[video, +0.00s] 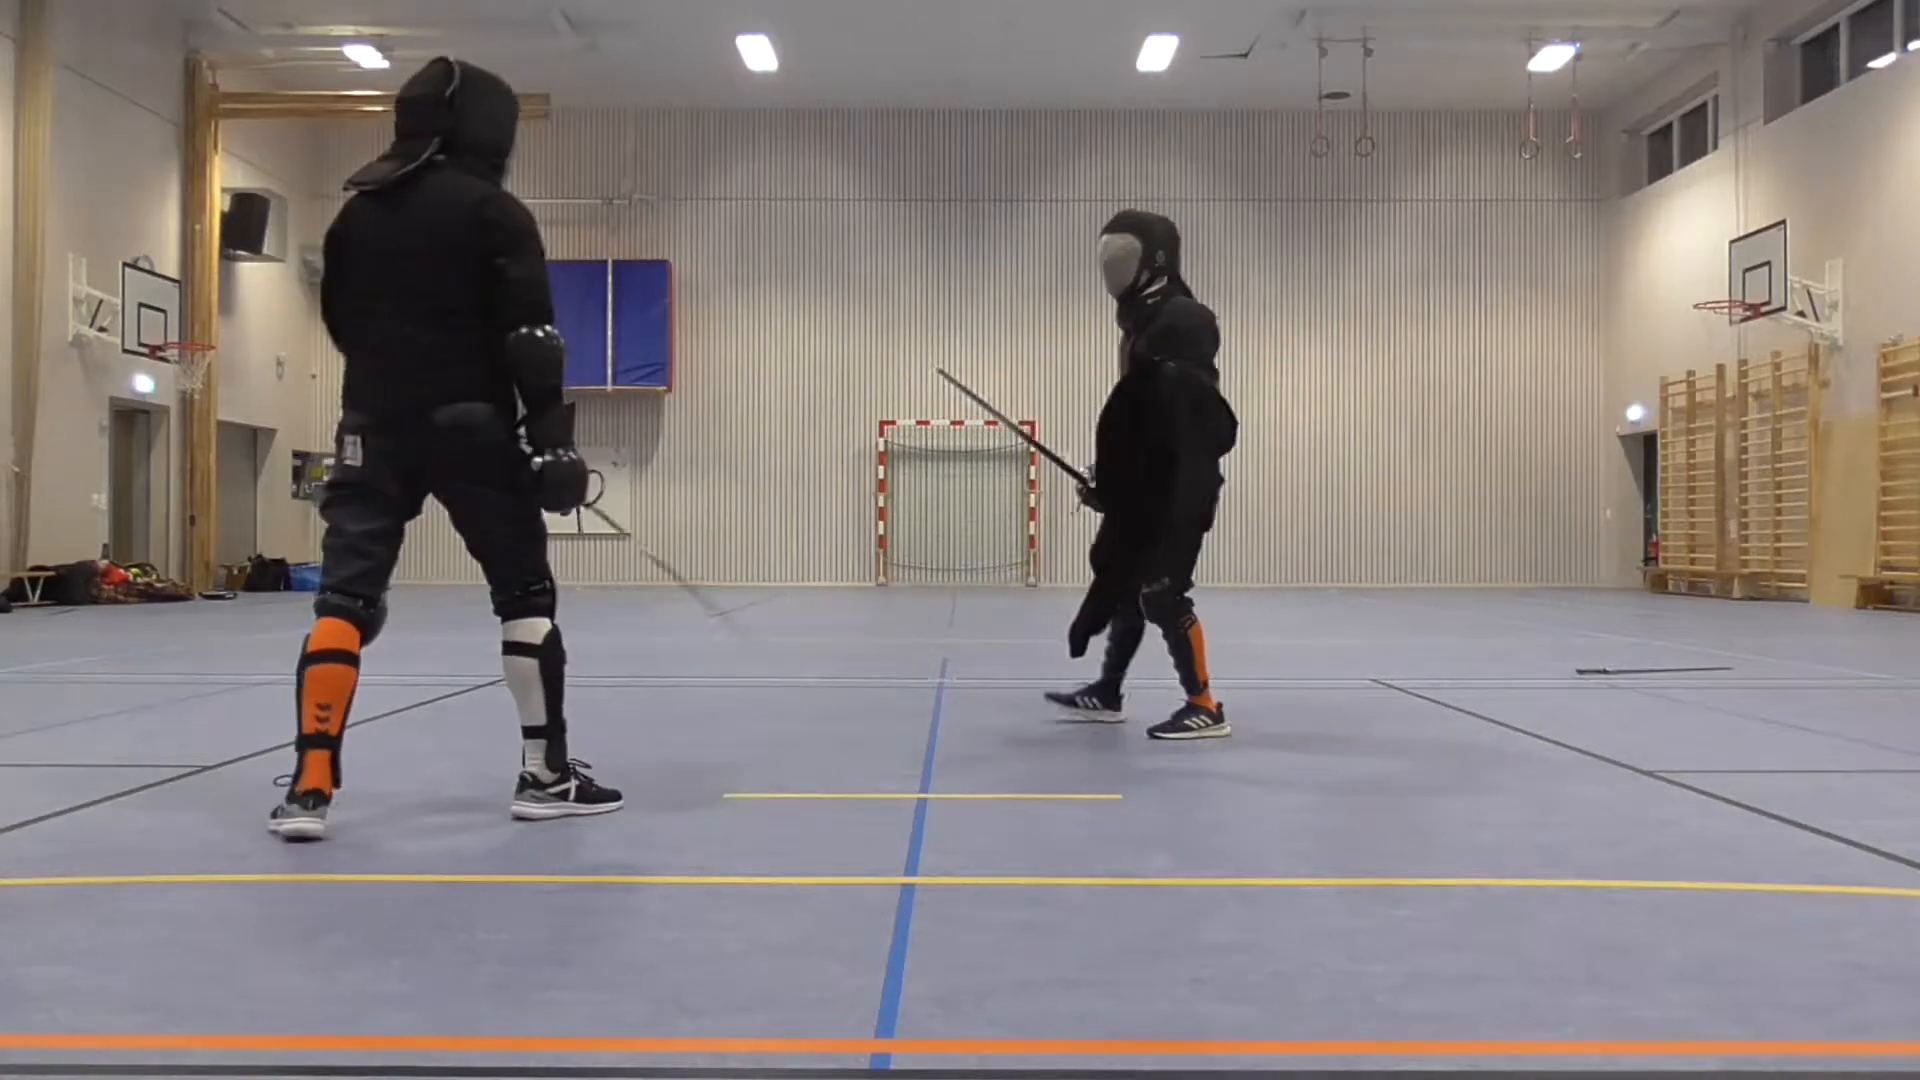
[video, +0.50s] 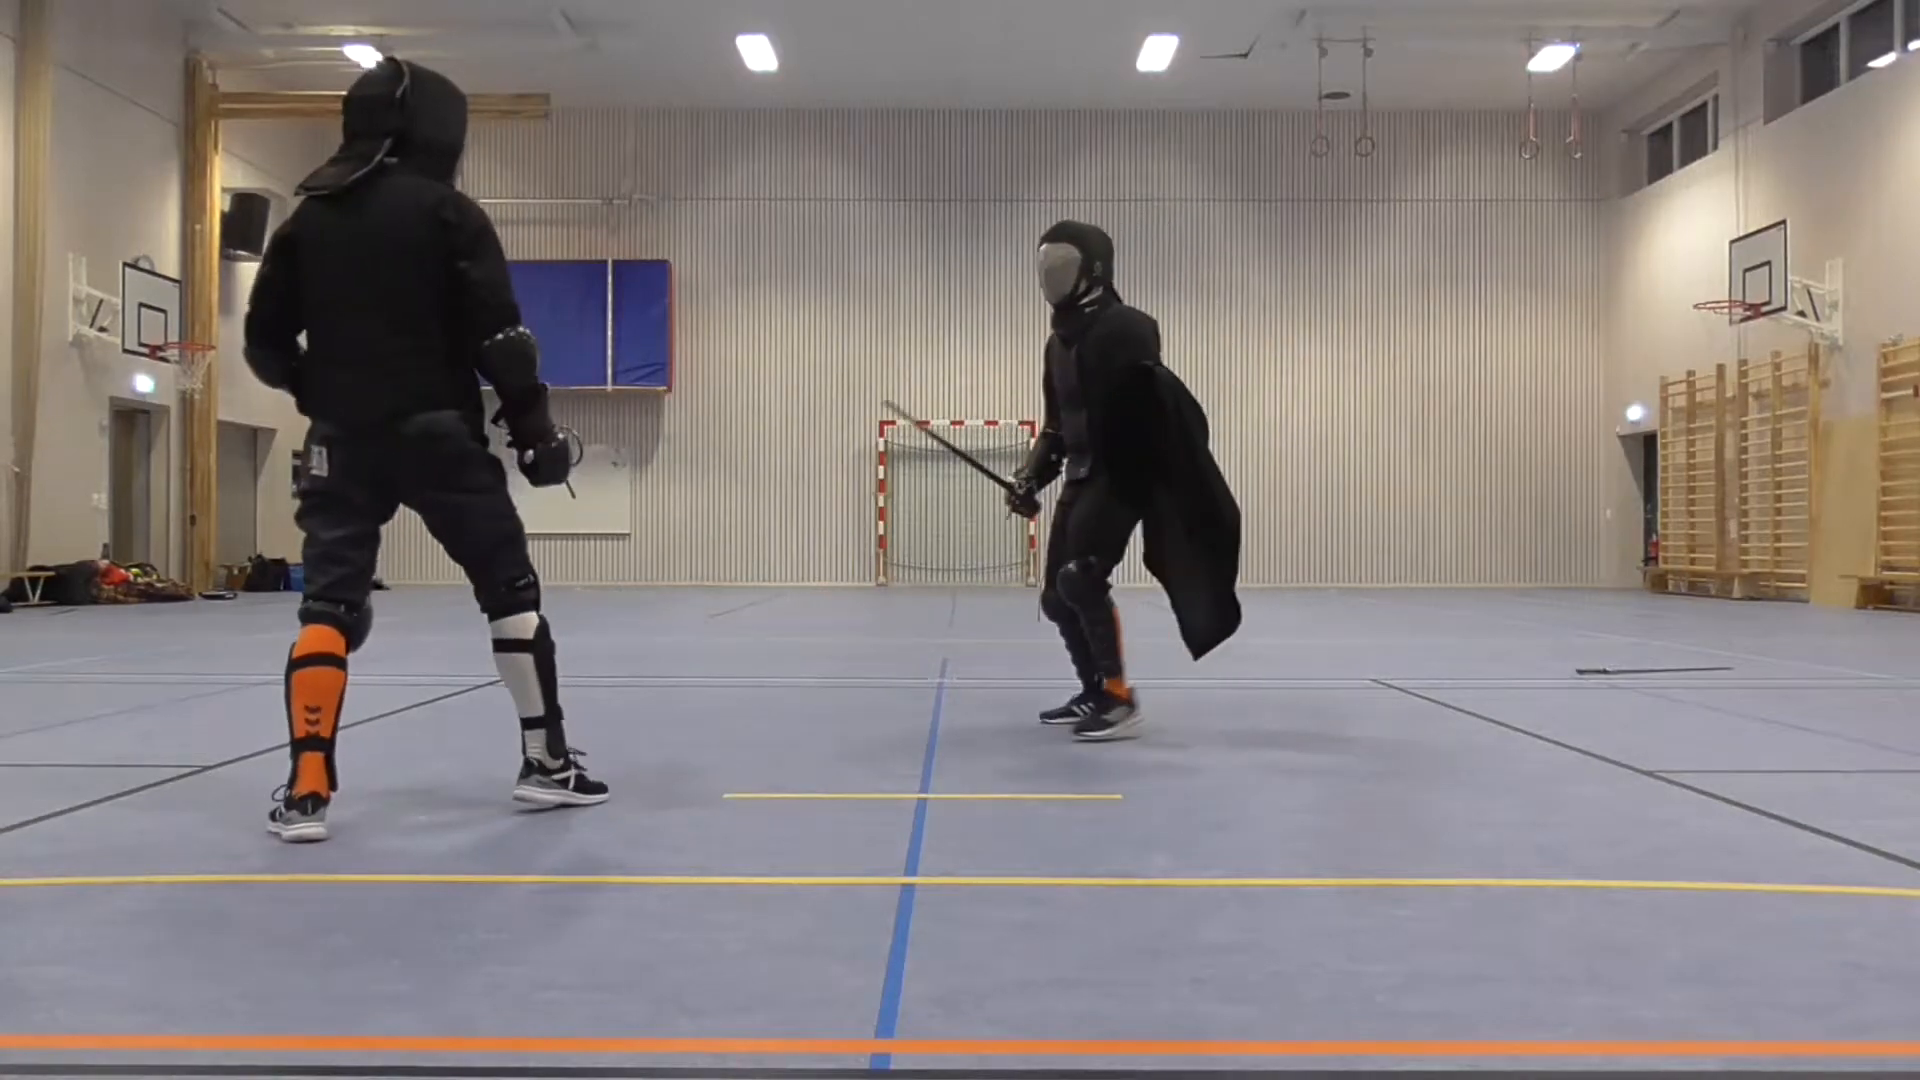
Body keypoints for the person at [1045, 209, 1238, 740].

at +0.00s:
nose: (1111, 271)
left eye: (1121, 258)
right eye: (1109, 259)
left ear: (1154, 260)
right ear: (1143, 262)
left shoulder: (1177, 326)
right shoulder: (1145, 318)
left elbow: (1184, 430)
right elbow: (1144, 423)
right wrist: (1110, 479)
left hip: (1179, 493)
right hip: (1147, 490)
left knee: (1166, 595)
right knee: (1130, 592)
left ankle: (1203, 705)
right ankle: (1106, 690)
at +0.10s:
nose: (1097, 271)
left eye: (1108, 260)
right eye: (1096, 260)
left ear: (1140, 263)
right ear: (1135, 265)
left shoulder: (1162, 326)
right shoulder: (1129, 324)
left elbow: (1145, 421)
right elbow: (1126, 414)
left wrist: (1100, 478)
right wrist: (1094, 469)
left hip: (1175, 487)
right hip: (1142, 485)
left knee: (1162, 592)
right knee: (1106, 591)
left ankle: (1203, 704)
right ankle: (1100, 693)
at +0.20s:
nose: (1083, 272)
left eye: (1094, 261)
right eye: (1082, 261)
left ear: (1126, 264)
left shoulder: (1150, 327)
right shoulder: (1110, 327)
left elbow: (1147, 424)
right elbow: (1107, 415)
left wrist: (1126, 503)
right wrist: (1076, 472)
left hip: (1168, 490)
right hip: (1125, 487)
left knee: (1156, 597)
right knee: (1086, 593)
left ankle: (1201, 704)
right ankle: (1098, 695)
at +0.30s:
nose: (1071, 273)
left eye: (1082, 262)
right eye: (1069, 262)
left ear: (1115, 264)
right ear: (1071, 266)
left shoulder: (1142, 329)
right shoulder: (1086, 336)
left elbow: (1155, 424)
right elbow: (1086, 419)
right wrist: (1059, 472)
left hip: (1141, 493)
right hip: (1099, 490)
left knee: (1127, 594)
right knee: (1076, 594)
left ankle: (1191, 694)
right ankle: (1097, 695)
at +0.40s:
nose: (1059, 276)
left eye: (1070, 264)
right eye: (1056, 265)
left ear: (1103, 268)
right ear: (1058, 269)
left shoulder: (1133, 330)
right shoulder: (1070, 341)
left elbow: (1153, 417)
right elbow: (1069, 426)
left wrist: (1139, 485)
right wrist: (1044, 479)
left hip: (1128, 482)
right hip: (1087, 482)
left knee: (1093, 579)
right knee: (1065, 594)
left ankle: (1161, 681)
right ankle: (1096, 695)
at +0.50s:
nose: (1047, 277)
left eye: (1058, 266)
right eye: (1044, 267)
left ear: (1091, 269)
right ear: (1047, 270)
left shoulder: (1124, 330)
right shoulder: (1061, 340)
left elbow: (1141, 421)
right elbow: (1058, 425)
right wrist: (1032, 478)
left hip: (1121, 482)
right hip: (1080, 481)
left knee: (1081, 578)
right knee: (1058, 594)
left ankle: (1116, 697)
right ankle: (1094, 693)